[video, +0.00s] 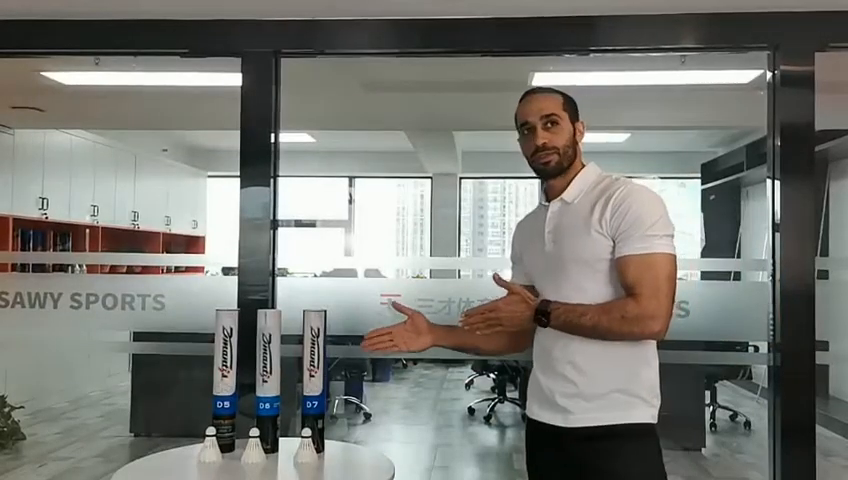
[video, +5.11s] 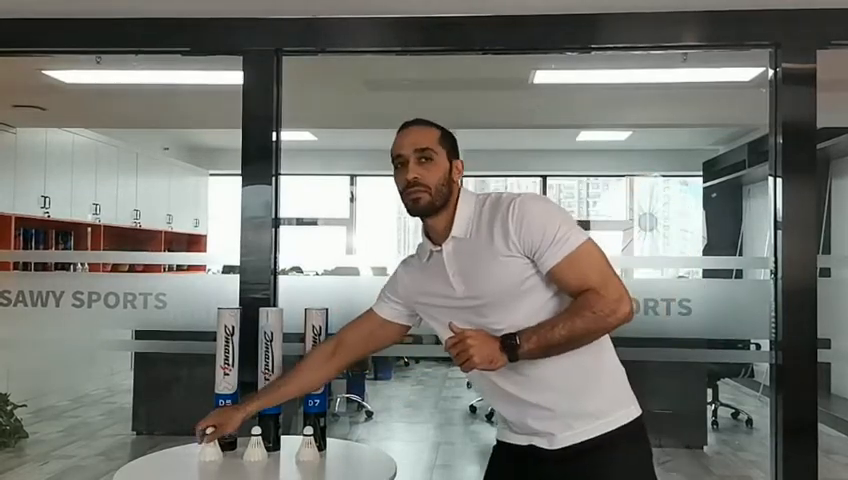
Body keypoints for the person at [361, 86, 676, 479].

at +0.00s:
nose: (538, 139)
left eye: (550, 124)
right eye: (527, 131)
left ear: (578, 131)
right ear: (520, 145)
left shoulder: (631, 202)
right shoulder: (527, 230)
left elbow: (650, 317)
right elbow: (522, 335)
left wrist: (539, 311)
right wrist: (436, 333)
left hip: (619, 425)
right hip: (545, 423)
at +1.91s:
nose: (547, 138)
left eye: (560, 123)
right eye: (536, 127)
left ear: (586, 130)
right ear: (527, 137)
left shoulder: (632, 206)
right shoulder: (529, 226)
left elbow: (647, 324)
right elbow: (521, 327)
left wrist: (536, 320)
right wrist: (440, 332)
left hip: (610, 427)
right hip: (540, 424)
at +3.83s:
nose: (490, 165)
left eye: (497, 147)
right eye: (486, 151)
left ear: (537, 133)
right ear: (536, 134)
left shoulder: (619, 203)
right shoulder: (517, 223)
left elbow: (654, 325)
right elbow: (520, 324)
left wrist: (538, 321)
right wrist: (441, 344)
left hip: (618, 430)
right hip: (544, 427)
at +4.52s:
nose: (493, 152)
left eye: (502, 136)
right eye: (493, 138)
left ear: (546, 131)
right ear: (540, 135)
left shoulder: (628, 195)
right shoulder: (530, 231)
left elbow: (685, 313)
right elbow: (490, 324)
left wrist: (566, 325)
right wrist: (397, 358)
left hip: (653, 442)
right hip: (569, 433)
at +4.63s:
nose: (469, 158)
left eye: (479, 143)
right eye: (469, 146)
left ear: (523, 140)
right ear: (513, 143)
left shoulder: (606, 201)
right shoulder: (504, 241)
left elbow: (668, 313)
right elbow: (446, 323)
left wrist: (548, 331)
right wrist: (343, 361)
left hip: (640, 444)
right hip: (555, 440)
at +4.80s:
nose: (426, 179)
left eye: (435, 163)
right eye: (425, 166)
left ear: (479, 159)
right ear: (463, 165)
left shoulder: (562, 213)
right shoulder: (458, 262)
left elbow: (634, 315)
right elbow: (377, 334)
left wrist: (521, 341)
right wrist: (280, 380)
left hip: (619, 449)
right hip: (534, 449)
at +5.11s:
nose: (411, 174)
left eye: (424, 159)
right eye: (400, 164)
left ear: (456, 168)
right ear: (394, 178)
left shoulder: (523, 215)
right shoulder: (412, 279)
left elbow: (612, 303)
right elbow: (335, 354)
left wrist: (509, 347)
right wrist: (246, 408)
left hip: (605, 439)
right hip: (520, 448)